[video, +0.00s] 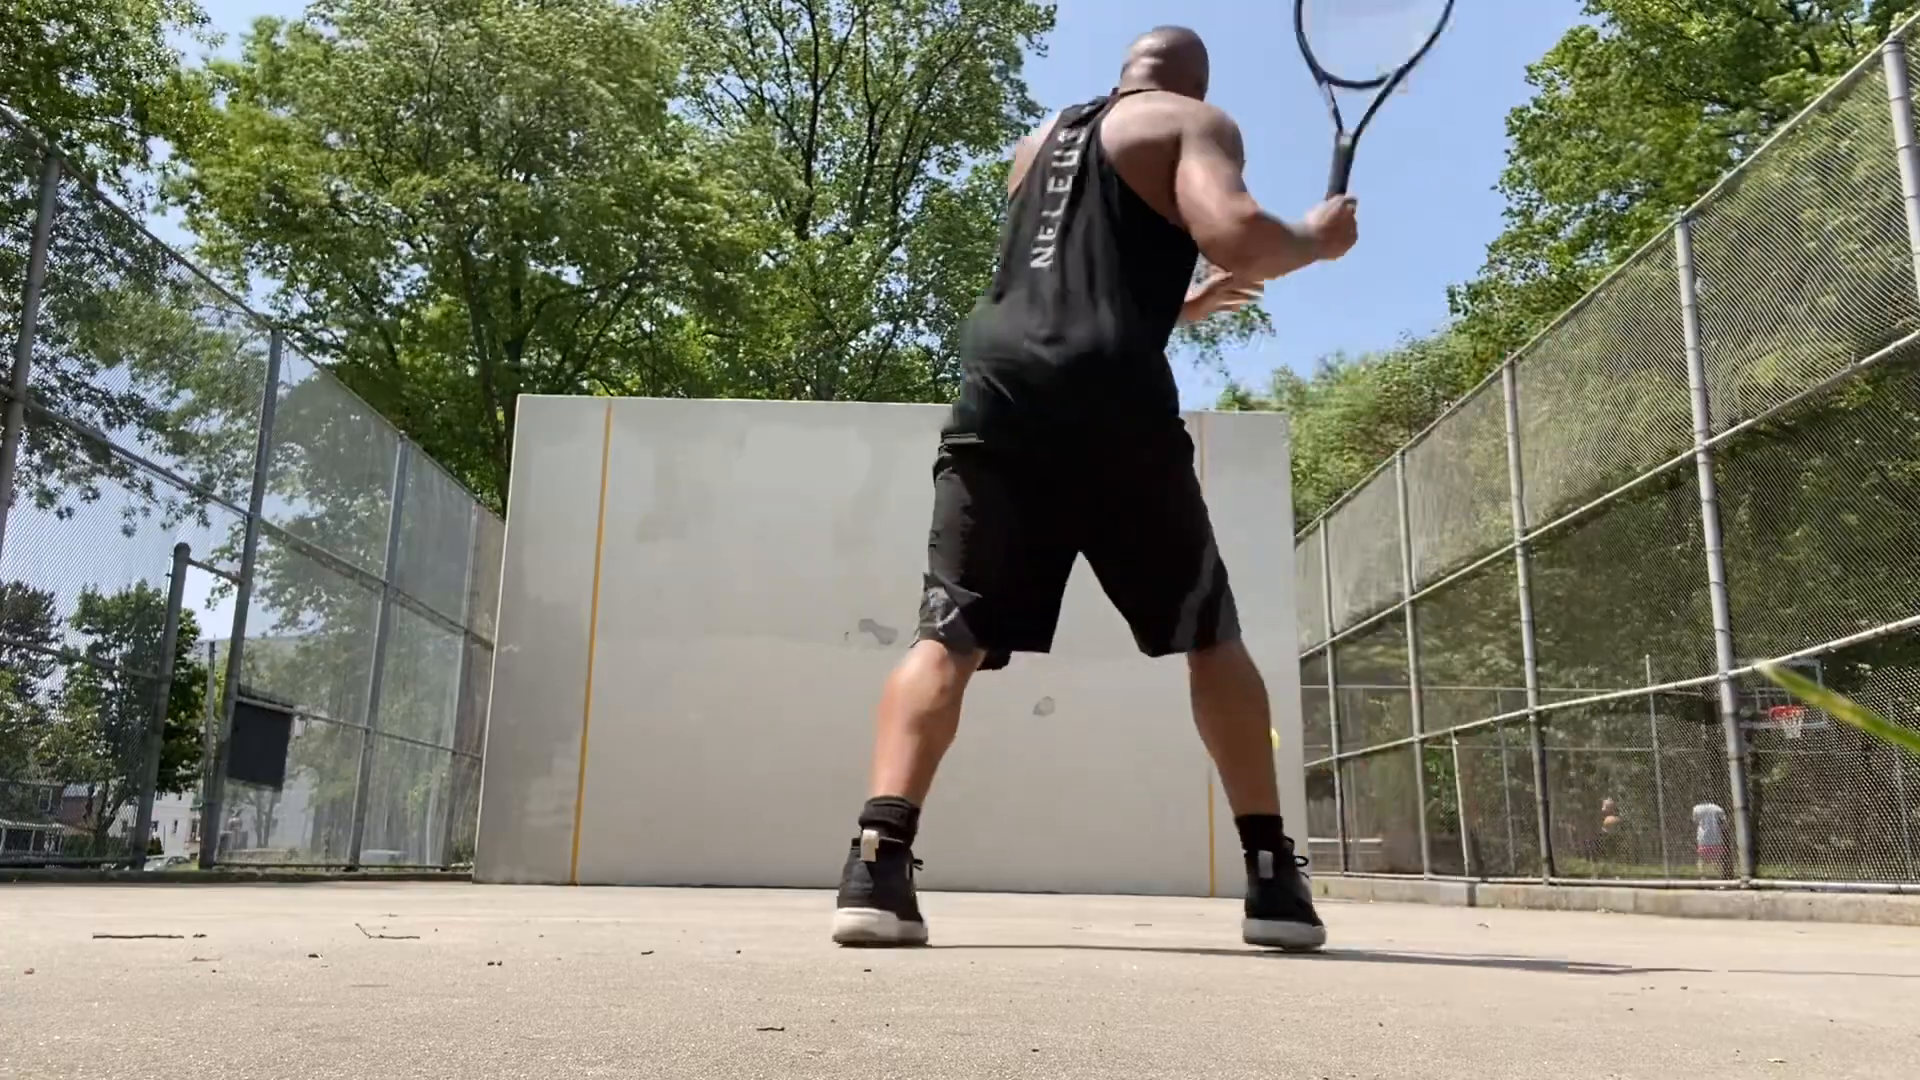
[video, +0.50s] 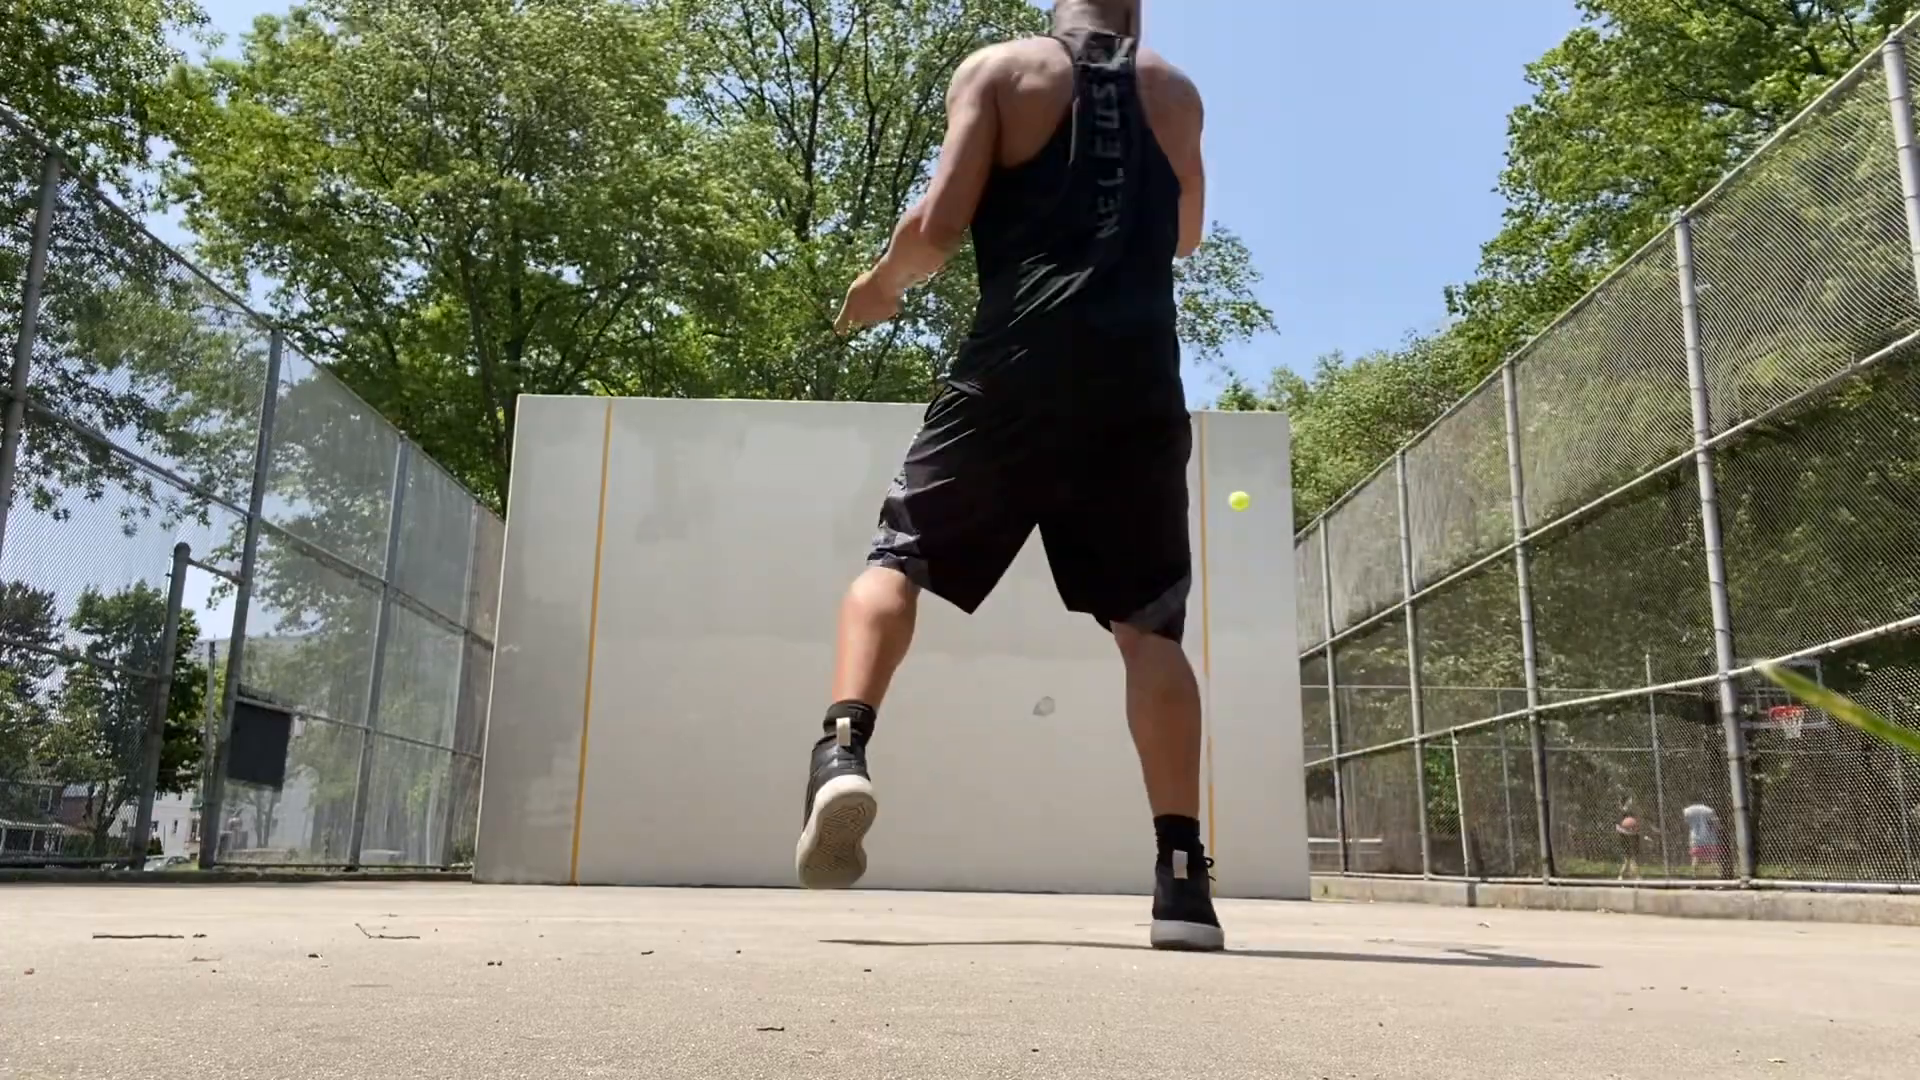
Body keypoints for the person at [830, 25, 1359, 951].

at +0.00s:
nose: (1202, 101)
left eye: (1184, 85)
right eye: (1204, 91)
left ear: (1123, 73)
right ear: (1196, 84)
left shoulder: (1038, 143)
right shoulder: (1194, 119)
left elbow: (1060, 296)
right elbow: (1235, 240)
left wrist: (1191, 304)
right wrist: (1315, 240)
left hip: (994, 401)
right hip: (1116, 408)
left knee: (948, 635)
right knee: (1210, 637)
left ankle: (876, 867)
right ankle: (1275, 881)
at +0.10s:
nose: (1201, 93)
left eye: (1195, 80)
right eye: (1203, 80)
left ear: (1124, 51)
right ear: (1190, 66)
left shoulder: (1037, 131)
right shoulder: (1166, 91)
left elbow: (993, 249)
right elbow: (1200, 172)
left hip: (973, 377)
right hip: (1090, 392)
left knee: (933, 625)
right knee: (1162, 638)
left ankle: (874, 870)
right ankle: (1179, 879)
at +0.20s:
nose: (1203, 96)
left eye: (1199, 87)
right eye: (1210, 84)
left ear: (1126, 62)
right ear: (1199, 80)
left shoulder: (1041, 144)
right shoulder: (1155, 99)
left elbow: (936, 227)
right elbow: (1175, 172)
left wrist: (926, 294)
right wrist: (1319, 48)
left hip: (968, 390)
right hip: (1085, 403)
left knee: (932, 629)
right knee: (1151, 645)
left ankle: (871, 869)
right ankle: (1175, 883)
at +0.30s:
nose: (1198, 117)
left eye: (1195, 103)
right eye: (1196, 104)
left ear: (1117, 68)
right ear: (1186, 88)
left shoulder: (1025, 138)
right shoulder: (1168, 126)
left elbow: (897, 223)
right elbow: (1215, 240)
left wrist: (862, 273)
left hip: (971, 388)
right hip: (1095, 401)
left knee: (933, 629)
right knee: (1164, 642)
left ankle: (867, 854)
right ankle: (1177, 886)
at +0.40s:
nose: (1167, 74)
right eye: (1170, 61)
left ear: (1084, 43)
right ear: (1164, 62)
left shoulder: (1003, 93)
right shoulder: (1191, 122)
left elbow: (916, 235)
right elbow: (1213, 292)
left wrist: (868, 275)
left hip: (999, 392)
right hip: (1132, 412)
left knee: (928, 589)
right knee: (1155, 640)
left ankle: (859, 780)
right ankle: (1177, 886)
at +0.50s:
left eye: (1057, 16)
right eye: (1139, 20)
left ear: (1054, 13)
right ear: (1139, 18)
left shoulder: (996, 68)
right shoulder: (1175, 93)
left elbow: (937, 225)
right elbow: (1185, 235)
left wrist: (883, 284)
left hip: (1012, 377)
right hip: (1139, 397)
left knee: (898, 559)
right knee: (1152, 631)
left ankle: (843, 752)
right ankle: (1182, 884)